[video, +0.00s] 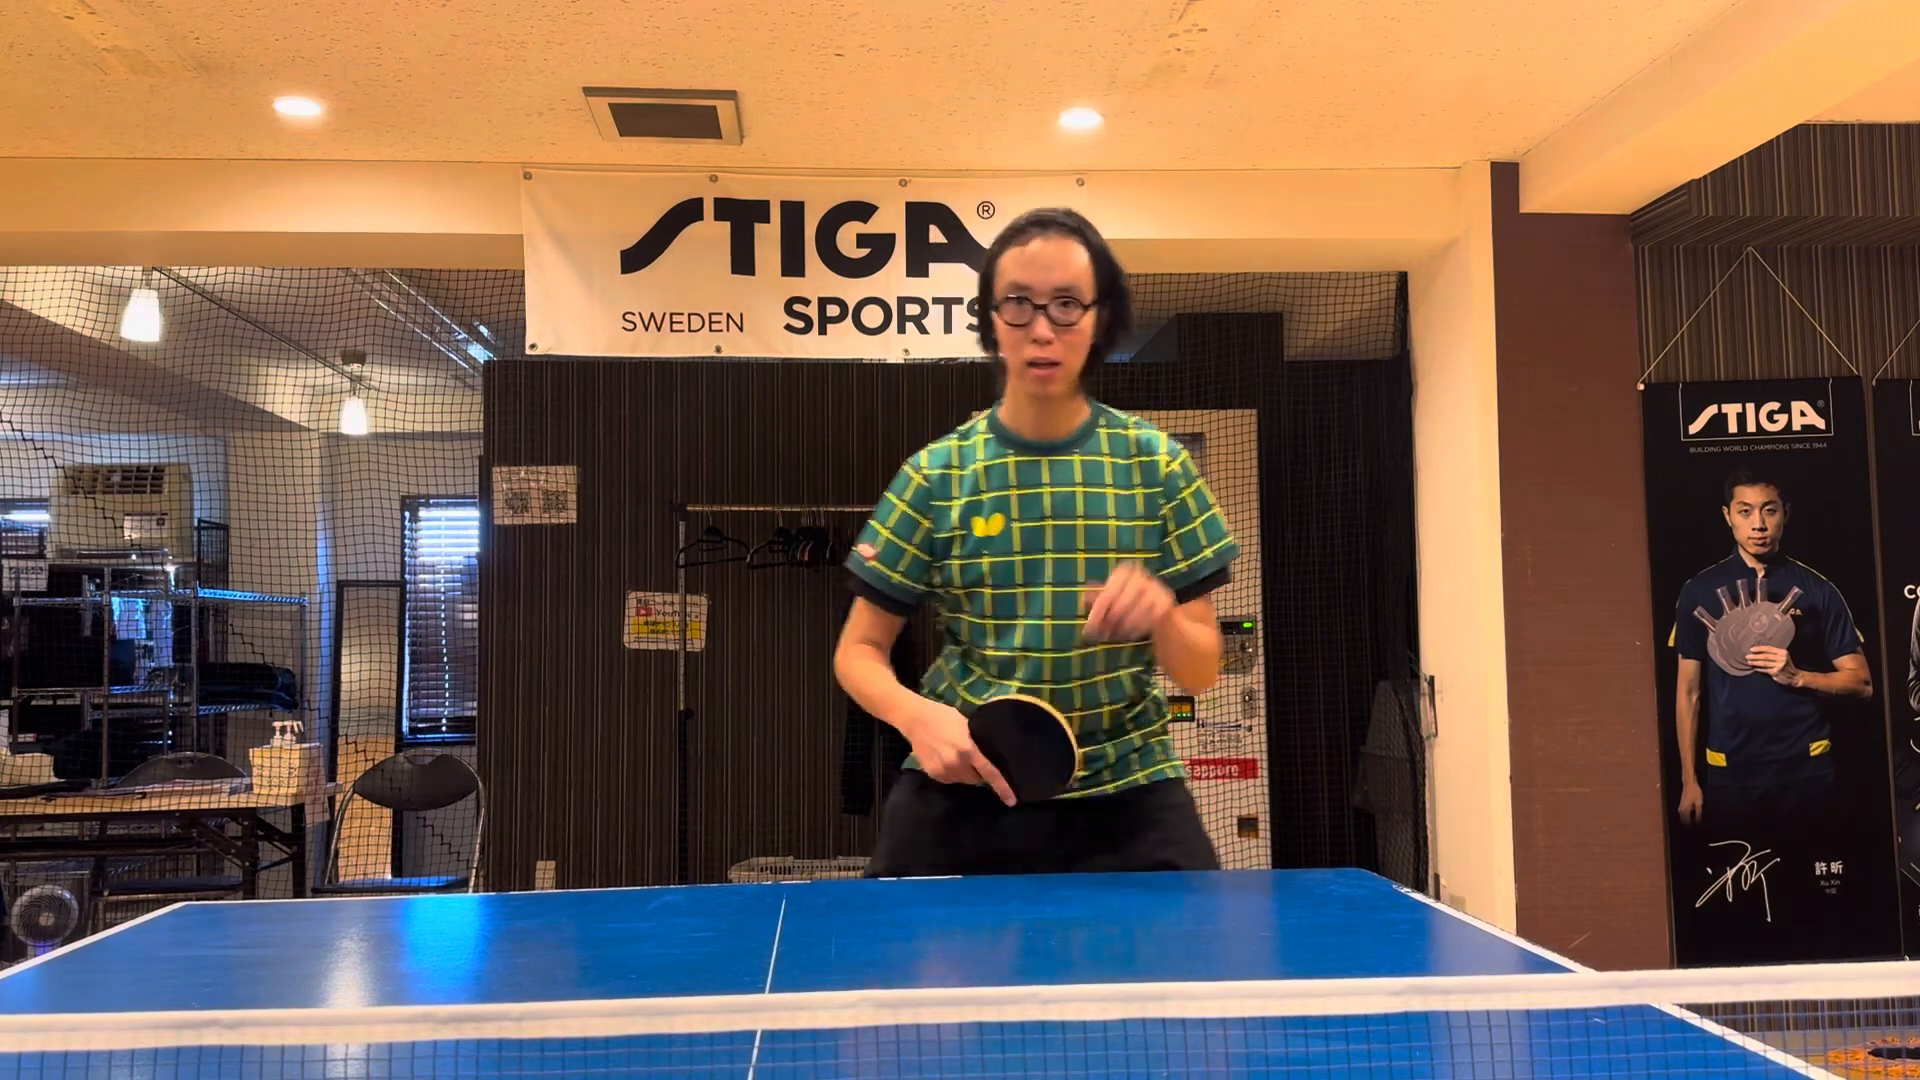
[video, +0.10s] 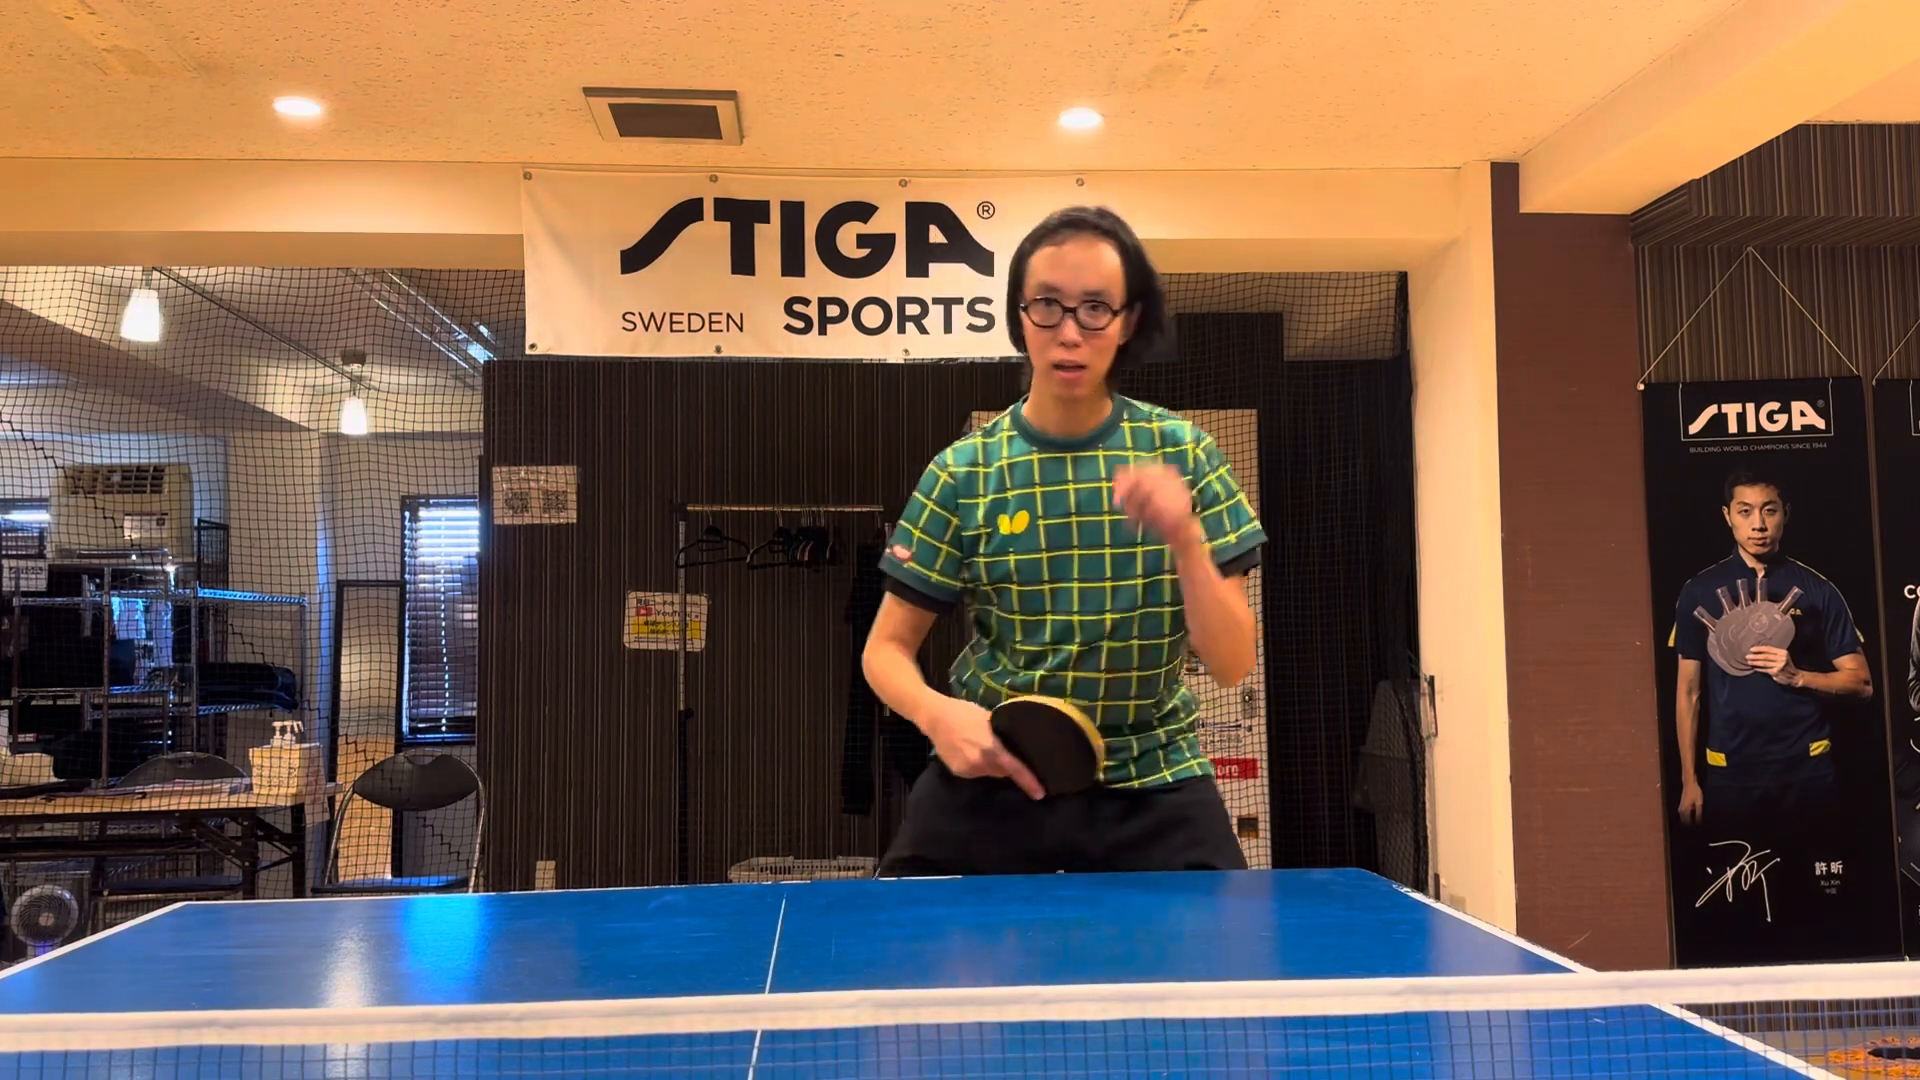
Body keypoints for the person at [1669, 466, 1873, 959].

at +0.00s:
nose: (1758, 522)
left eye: (1768, 510)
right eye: (1745, 511)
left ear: (1784, 516)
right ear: (1728, 517)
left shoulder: (1816, 591)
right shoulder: (1700, 594)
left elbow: (1860, 681)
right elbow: (1688, 692)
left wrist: (1797, 676)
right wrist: (1689, 779)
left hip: (1806, 774)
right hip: (1729, 777)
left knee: (1815, 907)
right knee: (1732, 907)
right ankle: (1738, 1018)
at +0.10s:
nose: (1758, 522)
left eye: (1768, 510)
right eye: (1745, 511)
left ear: (1784, 516)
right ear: (1728, 517)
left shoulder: (1816, 591)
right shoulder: (1700, 594)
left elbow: (1860, 681)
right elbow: (1688, 693)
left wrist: (1797, 676)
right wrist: (1689, 778)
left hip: (1806, 774)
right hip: (1729, 777)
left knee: (1815, 908)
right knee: (1733, 910)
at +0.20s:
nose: (1758, 522)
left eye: (1768, 510)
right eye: (1745, 511)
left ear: (1784, 516)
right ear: (1728, 517)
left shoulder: (1816, 591)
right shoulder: (1700, 594)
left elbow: (1860, 681)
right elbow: (1688, 693)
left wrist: (1798, 676)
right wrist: (1689, 779)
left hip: (1806, 774)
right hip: (1729, 776)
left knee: (1814, 905)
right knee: (1732, 906)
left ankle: (1816, 1017)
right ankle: (1737, 1019)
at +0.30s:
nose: (1758, 523)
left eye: (1768, 510)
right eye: (1745, 511)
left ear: (1784, 516)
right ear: (1728, 517)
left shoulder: (1817, 593)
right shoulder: (1700, 594)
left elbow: (1860, 681)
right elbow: (1688, 692)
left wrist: (1796, 676)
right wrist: (1689, 778)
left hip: (1806, 774)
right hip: (1729, 777)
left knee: (1812, 908)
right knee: (1733, 909)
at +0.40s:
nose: (1758, 522)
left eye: (1768, 510)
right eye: (1745, 511)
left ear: (1784, 516)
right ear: (1728, 517)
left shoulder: (1816, 592)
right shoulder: (1700, 594)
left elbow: (1860, 681)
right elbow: (1689, 692)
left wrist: (1797, 676)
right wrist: (1688, 778)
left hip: (1806, 774)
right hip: (1729, 777)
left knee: (1813, 905)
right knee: (1733, 906)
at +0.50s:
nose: (1758, 523)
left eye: (1768, 510)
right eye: (1745, 511)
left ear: (1785, 515)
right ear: (1728, 517)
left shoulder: (1816, 592)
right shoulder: (1699, 595)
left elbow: (1860, 681)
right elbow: (1688, 692)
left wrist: (1797, 676)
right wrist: (1689, 778)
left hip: (1806, 773)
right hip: (1728, 776)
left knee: (1812, 903)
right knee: (1731, 906)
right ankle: (1737, 1019)